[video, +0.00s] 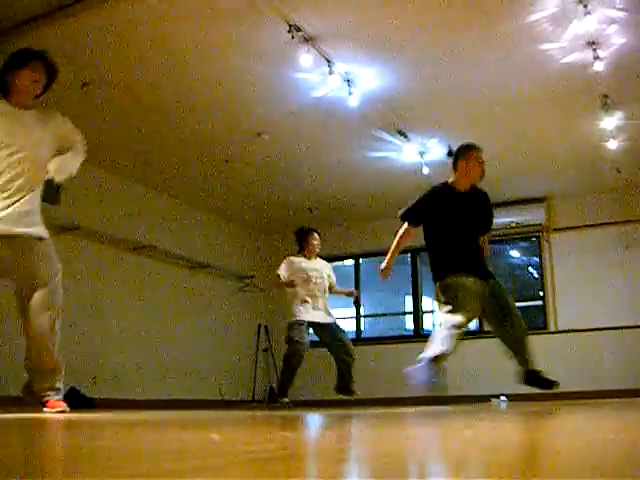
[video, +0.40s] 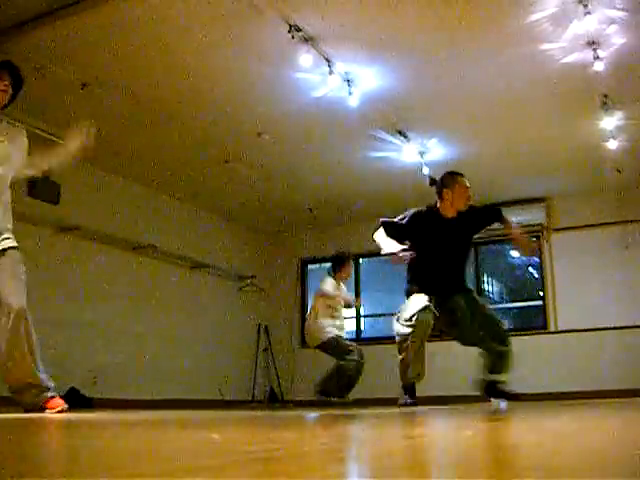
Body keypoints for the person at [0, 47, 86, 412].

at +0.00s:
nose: (36, 84)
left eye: (41, 80)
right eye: (31, 74)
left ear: (44, 87)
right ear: (12, 74)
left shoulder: (51, 122)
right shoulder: (1, 114)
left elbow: (79, 146)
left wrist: (64, 164)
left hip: (26, 223)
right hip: (5, 222)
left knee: (43, 304)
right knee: (39, 304)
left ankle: (46, 387)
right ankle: (46, 388)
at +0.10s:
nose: (14, 101)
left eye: (21, 98)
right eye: (11, 93)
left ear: (25, 106)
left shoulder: (32, 150)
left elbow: (44, 202)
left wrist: (59, 223)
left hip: (11, 247)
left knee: (39, 308)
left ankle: (41, 390)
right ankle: (41, 390)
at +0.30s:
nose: (3, 90)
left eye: (8, 87)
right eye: (1, 84)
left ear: (13, 97)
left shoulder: (16, 138)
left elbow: (21, 189)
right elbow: (21, 191)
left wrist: (36, 224)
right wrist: (36, 223)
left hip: (4, 240)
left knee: (18, 310)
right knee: (15, 311)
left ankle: (37, 392)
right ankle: (35, 391)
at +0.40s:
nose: (3, 90)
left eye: (7, 87)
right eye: (1, 83)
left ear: (12, 95)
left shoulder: (14, 134)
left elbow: (27, 167)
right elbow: (24, 166)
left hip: (4, 236)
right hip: (3, 238)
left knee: (13, 306)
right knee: (12, 307)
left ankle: (35, 390)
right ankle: (35, 390)